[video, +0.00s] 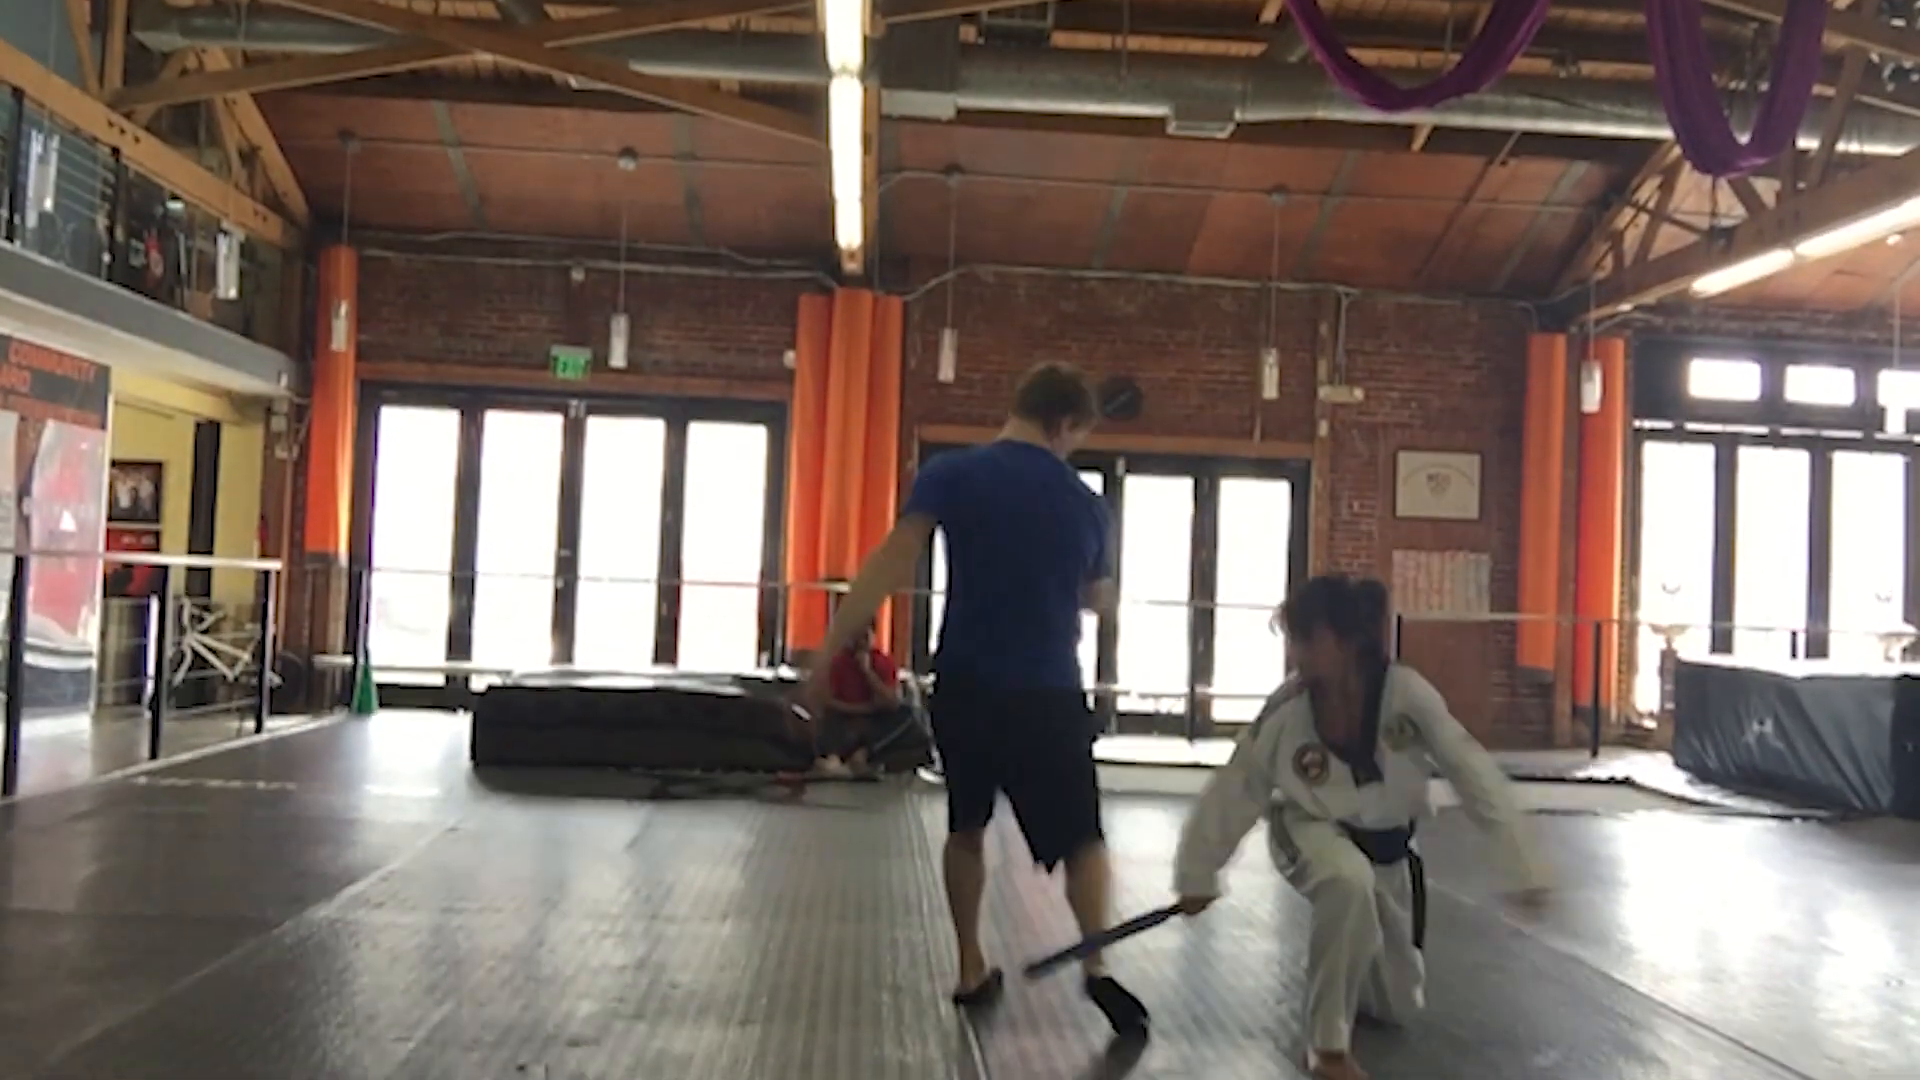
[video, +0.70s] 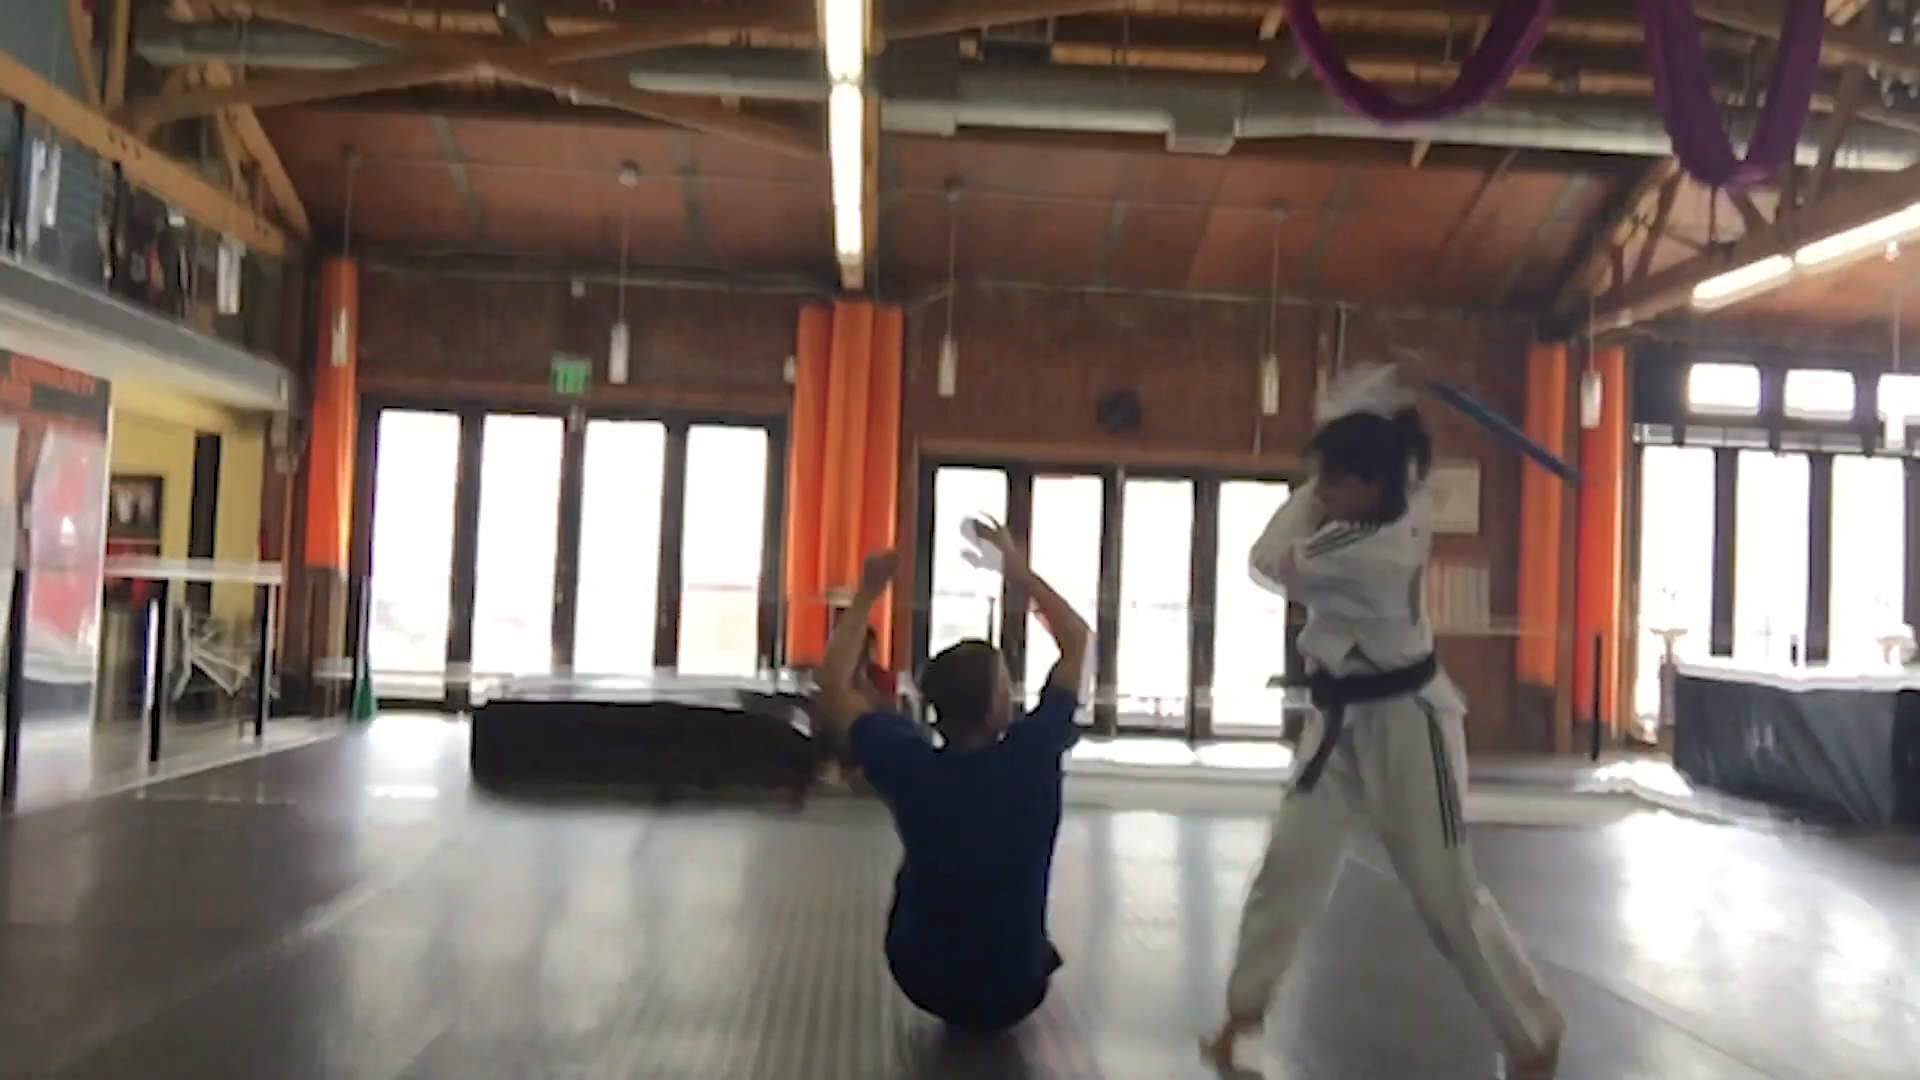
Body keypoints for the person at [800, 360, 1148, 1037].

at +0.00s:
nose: (1076, 443)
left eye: (1078, 434)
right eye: (1079, 433)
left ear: (1009, 412)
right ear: (1067, 427)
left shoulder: (950, 471)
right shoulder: (1084, 503)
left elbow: (896, 560)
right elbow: (1101, 600)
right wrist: (1044, 573)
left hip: (962, 693)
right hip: (1048, 699)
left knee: (965, 826)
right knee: (1082, 836)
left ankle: (970, 970)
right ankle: (1098, 963)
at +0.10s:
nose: (1058, 442)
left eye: (1058, 432)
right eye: (1057, 430)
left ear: (994, 412)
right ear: (1038, 418)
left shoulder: (937, 477)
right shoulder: (1066, 478)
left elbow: (895, 582)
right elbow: (1081, 560)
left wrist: (870, 639)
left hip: (965, 677)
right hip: (1049, 676)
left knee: (962, 815)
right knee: (1078, 762)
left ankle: (970, 956)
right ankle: (1083, 869)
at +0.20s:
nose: (1040, 443)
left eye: (1038, 435)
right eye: (1039, 434)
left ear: (970, 432)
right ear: (1026, 431)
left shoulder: (927, 496)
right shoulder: (1049, 481)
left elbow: (916, 498)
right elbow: (1075, 473)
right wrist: (1040, 458)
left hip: (964, 693)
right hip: (1045, 690)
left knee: (969, 823)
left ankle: (972, 959)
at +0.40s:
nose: (1021, 464)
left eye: (1015, 456)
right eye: (1014, 458)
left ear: (944, 469)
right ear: (998, 474)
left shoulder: (921, 529)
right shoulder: (1043, 525)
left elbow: (929, 481)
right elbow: (1070, 479)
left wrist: (978, 434)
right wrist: (1040, 406)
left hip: (957, 736)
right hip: (1044, 739)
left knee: (965, 830)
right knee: (1045, 627)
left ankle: (971, 955)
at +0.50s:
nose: (1009, 492)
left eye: (1001, 487)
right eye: (1001, 490)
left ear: (935, 526)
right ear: (991, 521)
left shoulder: (915, 577)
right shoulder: (1039, 567)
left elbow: (909, 528)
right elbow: (1074, 487)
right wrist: (1030, 414)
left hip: (958, 795)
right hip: (1042, 793)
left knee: (965, 826)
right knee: (1032, 720)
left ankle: (966, 945)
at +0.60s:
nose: (1012, 581)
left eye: (1004, 573)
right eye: (1004, 576)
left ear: (935, 606)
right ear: (998, 598)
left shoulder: (917, 666)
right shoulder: (1029, 643)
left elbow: (884, 587)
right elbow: (1055, 536)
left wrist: (912, 515)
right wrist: (1018, 442)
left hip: (945, 887)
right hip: (1027, 892)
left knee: (941, 809)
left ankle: (960, 963)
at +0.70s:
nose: (1013, 692)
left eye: (1007, 682)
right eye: (1006, 683)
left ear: (935, 707)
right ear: (995, 703)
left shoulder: (912, 771)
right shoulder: (1035, 757)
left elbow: (834, 682)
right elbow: (1076, 639)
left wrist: (869, 589)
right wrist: (1021, 571)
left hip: (924, 990)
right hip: (1010, 996)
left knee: (918, 864)